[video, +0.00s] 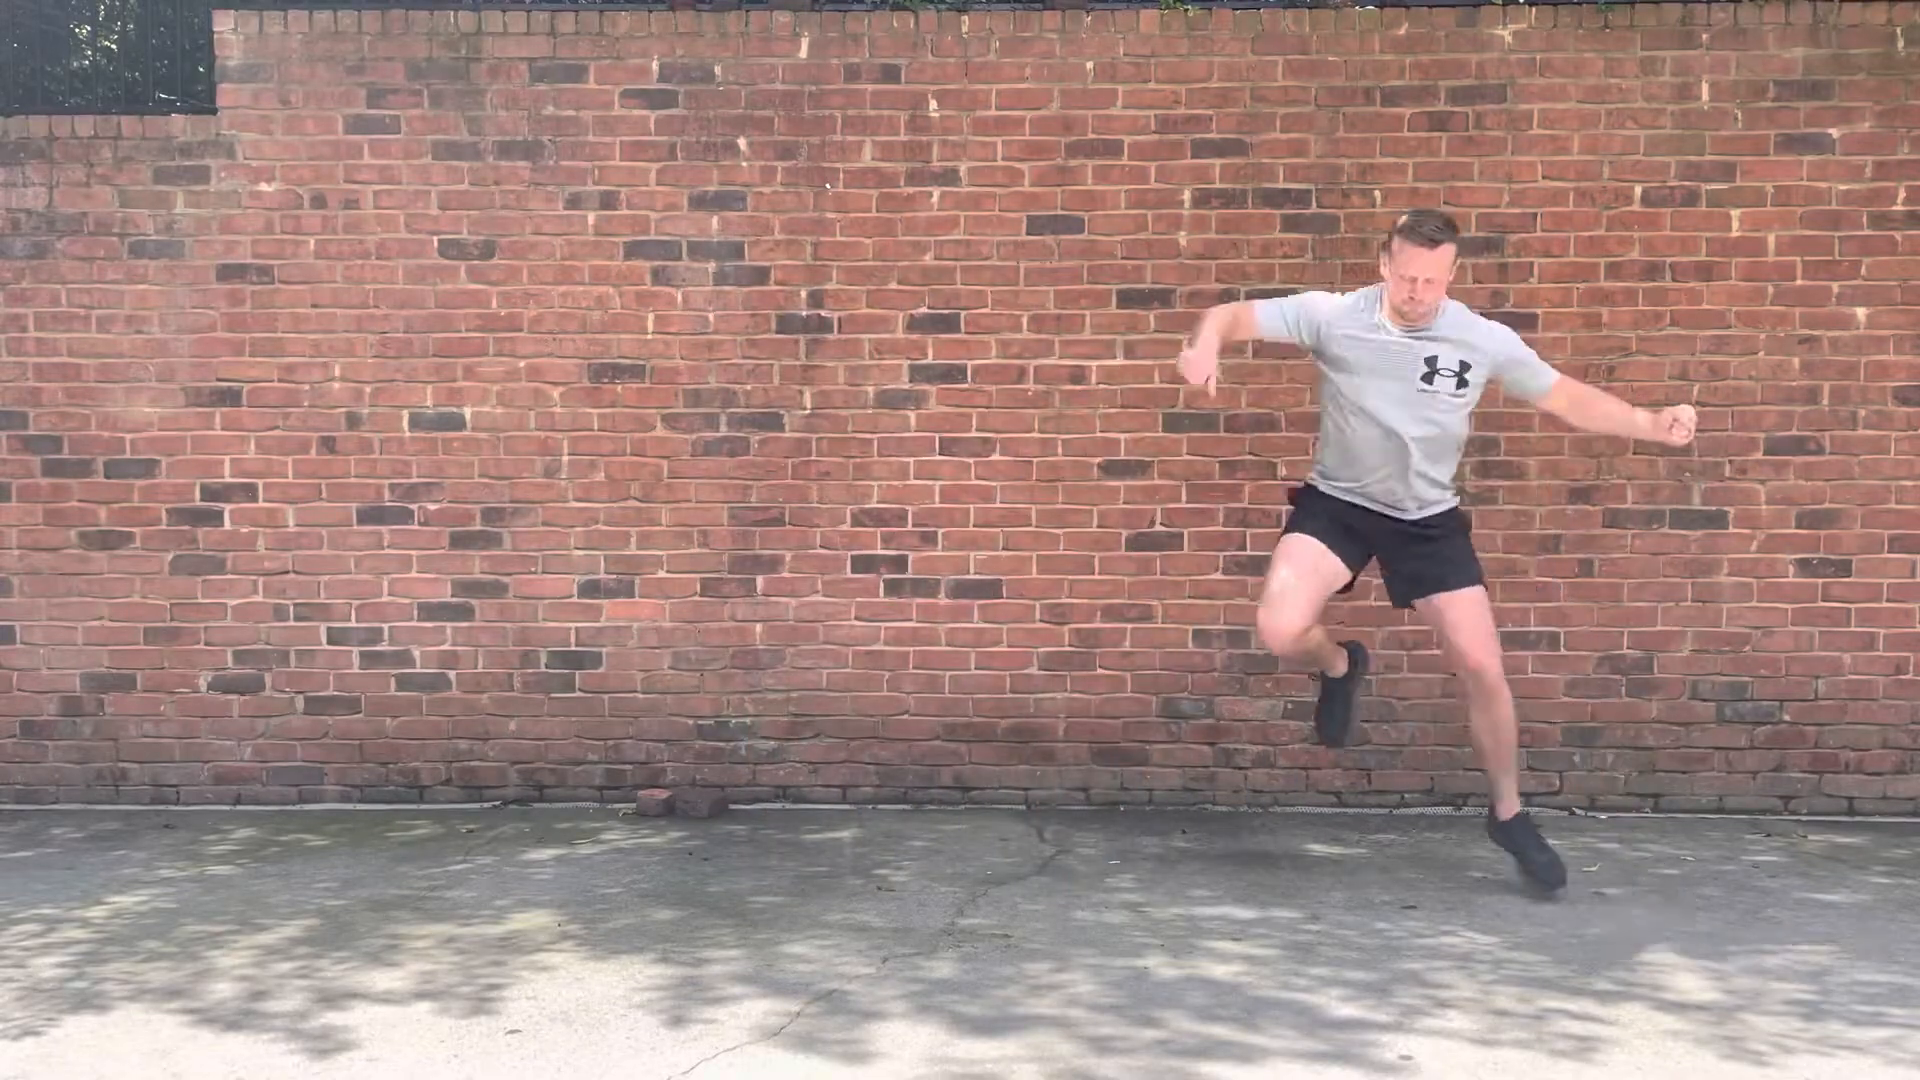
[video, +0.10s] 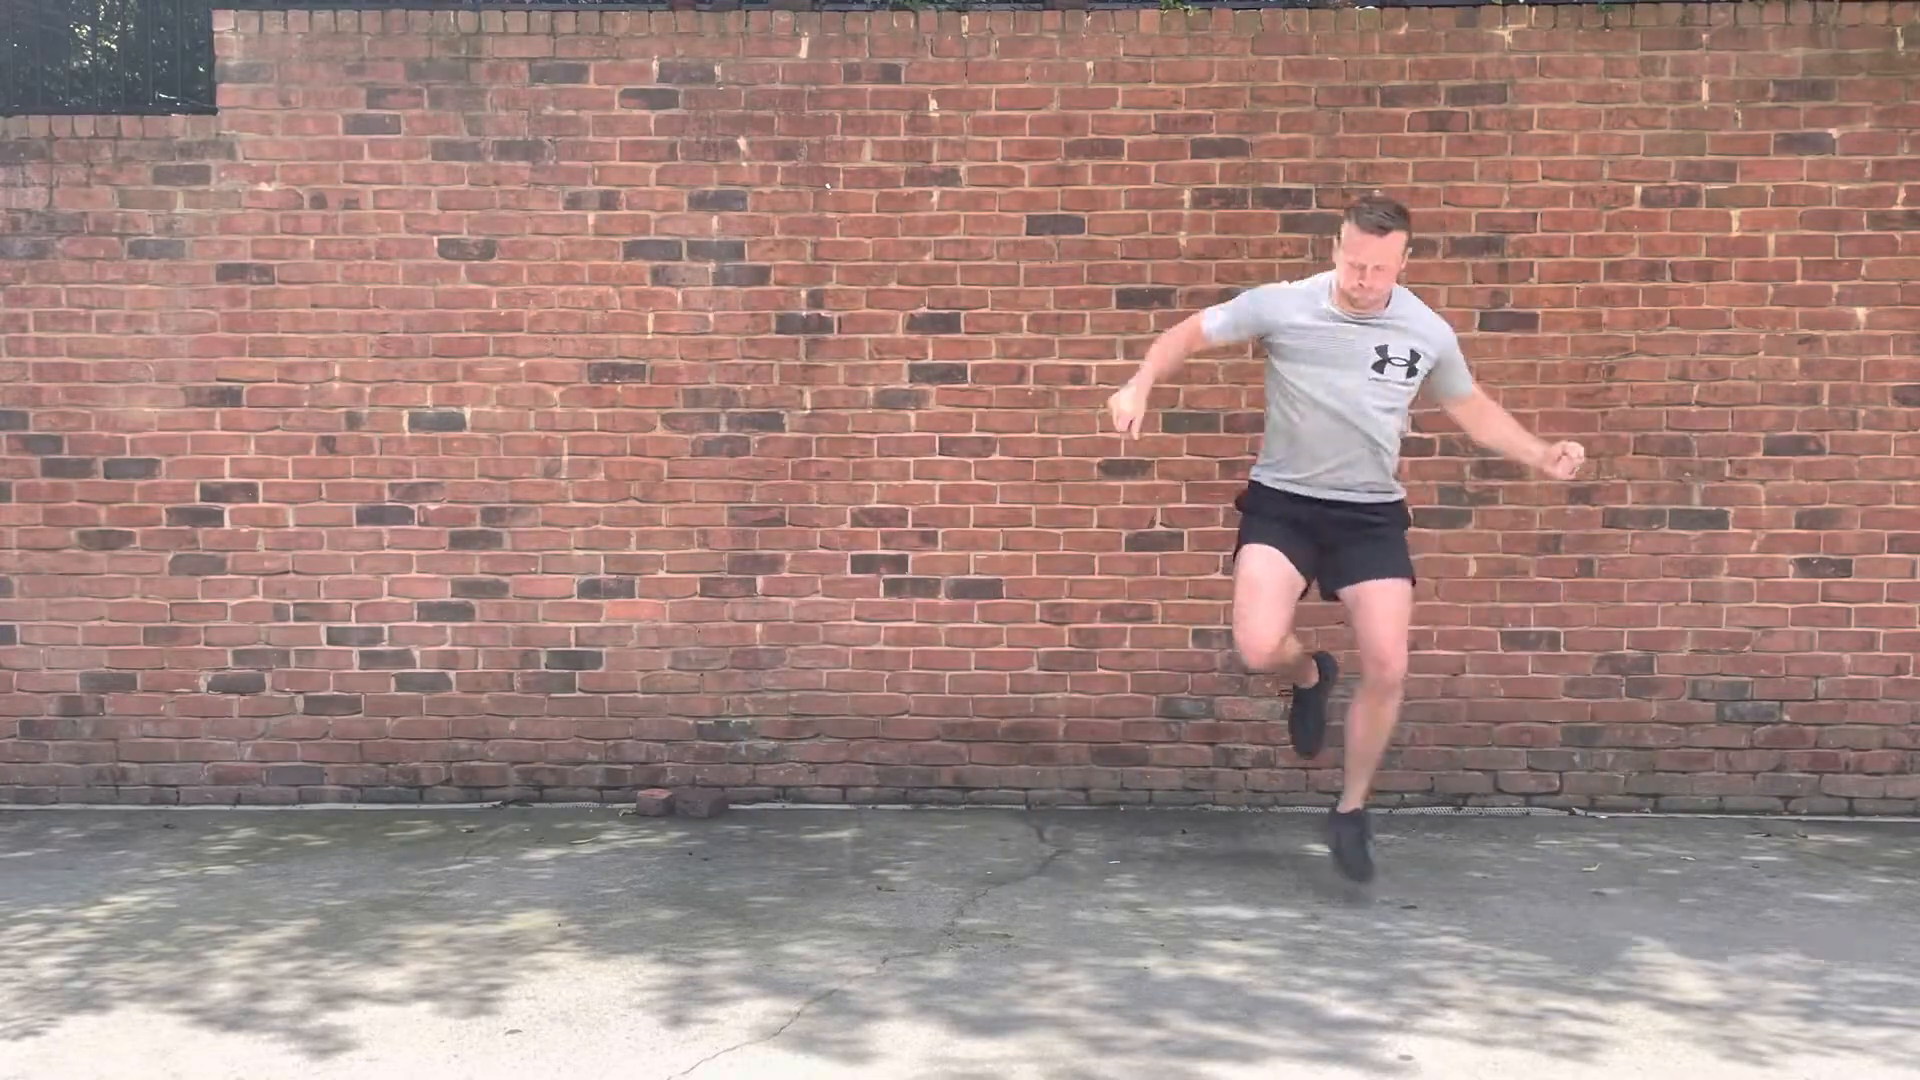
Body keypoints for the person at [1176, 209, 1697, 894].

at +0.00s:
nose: (1418, 293)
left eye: (1433, 281)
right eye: (1406, 277)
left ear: (1452, 277)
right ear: (1384, 264)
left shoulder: (1483, 340)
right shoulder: (1333, 316)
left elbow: (1566, 396)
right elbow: (1231, 316)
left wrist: (1651, 425)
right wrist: (1204, 345)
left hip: (1430, 521)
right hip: (1335, 505)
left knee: (1482, 664)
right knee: (1277, 631)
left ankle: (1507, 814)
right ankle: (1341, 665)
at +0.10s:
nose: (1366, 280)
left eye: (1381, 268)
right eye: (1355, 264)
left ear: (1403, 263)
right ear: (1336, 250)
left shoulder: (1427, 334)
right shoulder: (1281, 306)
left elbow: (1472, 407)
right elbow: (1186, 334)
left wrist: (1541, 453)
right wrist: (1138, 386)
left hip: (1370, 515)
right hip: (1280, 505)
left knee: (1387, 667)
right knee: (1255, 650)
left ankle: (1350, 812)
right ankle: (1313, 674)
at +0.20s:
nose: (1312, 310)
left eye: (1329, 299)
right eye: (1304, 293)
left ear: (1354, 296)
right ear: (1288, 278)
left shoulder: (1368, 375)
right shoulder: (1231, 331)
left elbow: (1398, 467)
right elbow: (1172, 388)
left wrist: (1451, 519)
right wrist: (1127, 450)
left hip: (1304, 543)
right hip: (1216, 528)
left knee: (1299, 699)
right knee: (1195, 675)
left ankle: (1285, 843)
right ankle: (1247, 732)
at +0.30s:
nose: (1246, 340)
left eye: (1262, 329)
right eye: (1239, 324)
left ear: (1294, 329)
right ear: (1228, 315)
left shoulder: (1310, 419)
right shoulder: (1179, 364)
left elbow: (1344, 509)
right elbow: (1119, 416)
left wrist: (1380, 546)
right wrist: (1090, 440)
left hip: (1241, 570)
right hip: (1154, 549)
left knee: (1256, 716)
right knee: (1089, 667)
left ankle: (1274, 848)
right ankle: (1139, 749)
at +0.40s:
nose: (1168, 313)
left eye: (1185, 304)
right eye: (1161, 298)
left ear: (1215, 305)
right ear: (1151, 288)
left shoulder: (1233, 385)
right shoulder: (1102, 332)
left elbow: (1295, 489)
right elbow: (1005, 352)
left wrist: (1281, 441)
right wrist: (1003, 312)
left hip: (1169, 549)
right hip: (1082, 523)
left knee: (1211, 686)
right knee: (984, 608)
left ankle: (1270, 838)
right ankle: (1017, 720)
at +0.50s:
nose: (1070, 280)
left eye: (1086, 268)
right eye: (1062, 264)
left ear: (1120, 265)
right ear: (1053, 255)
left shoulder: (1147, 344)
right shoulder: (1014, 297)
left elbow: (1216, 448)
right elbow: (925, 287)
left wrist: (1187, 413)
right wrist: (864, 275)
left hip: (1089, 516)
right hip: (999, 494)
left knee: (1151, 664)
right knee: (898, 589)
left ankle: (1202, 802)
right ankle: (888, 719)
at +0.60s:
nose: (974, 284)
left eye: (988, 271)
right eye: (964, 270)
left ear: (1021, 262)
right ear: (953, 263)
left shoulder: (1061, 338)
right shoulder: (923, 303)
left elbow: (1129, 432)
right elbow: (830, 305)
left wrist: (1080, 447)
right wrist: (734, 313)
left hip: (1013, 517)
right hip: (920, 500)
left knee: (1073, 675)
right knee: (828, 629)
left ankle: (1075, 759)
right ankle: (765, 770)